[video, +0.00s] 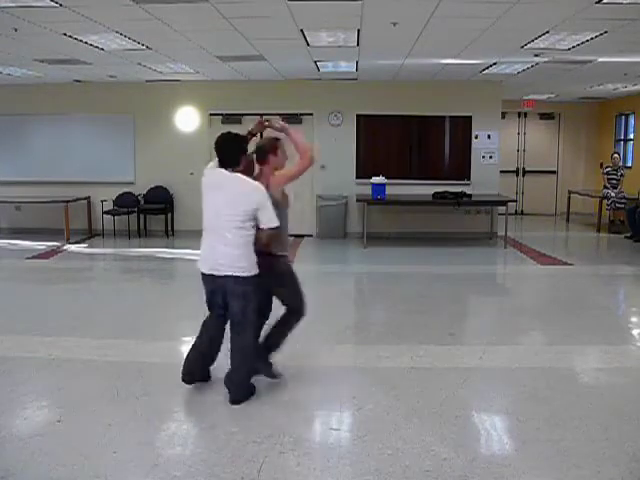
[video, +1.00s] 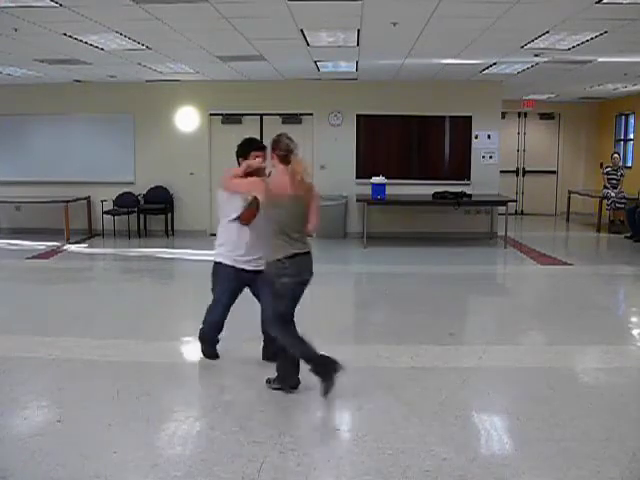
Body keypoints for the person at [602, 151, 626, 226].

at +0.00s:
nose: (615, 160)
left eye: (617, 158)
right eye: (613, 158)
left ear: (619, 160)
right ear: (611, 160)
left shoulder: (621, 170)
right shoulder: (606, 169)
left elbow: (621, 183)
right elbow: (605, 182)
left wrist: (617, 191)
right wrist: (611, 190)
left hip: (617, 188)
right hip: (608, 188)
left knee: (622, 196)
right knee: (611, 196)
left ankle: (621, 217)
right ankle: (611, 217)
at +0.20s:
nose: (615, 160)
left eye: (617, 158)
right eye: (613, 158)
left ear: (619, 160)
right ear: (611, 160)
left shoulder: (621, 170)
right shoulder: (606, 169)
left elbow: (621, 183)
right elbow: (605, 182)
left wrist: (617, 190)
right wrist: (611, 189)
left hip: (617, 188)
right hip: (608, 187)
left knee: (622, 196)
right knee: (611, 196)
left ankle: (621, 216)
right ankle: (611, 216)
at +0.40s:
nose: (615, 160)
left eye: (617, 158)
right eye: (613, 158)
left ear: (619, 160)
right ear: (611, 160)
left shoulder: (621, 170)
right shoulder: (606, 169)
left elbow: (621, 183)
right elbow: (605, 182)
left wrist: (617, 190)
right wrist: (611, 189)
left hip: (617, 188)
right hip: (608, 187)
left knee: (622, 196)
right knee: (611, 196)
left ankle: (621, 216)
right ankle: (611, 216)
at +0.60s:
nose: (615, 160)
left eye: (617, 158)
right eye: (613, 158)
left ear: (619, 160)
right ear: (611, 160)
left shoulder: (621, 170)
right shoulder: (606, 169)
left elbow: (621, 183)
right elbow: (605, 182)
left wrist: (617, 190)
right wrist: (611, 189)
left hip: (617, 188)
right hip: (608, 187)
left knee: (622, 196)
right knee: (611, 196)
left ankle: (621, 216)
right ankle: (611, 216)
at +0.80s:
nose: (615, 160)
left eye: (617, 158)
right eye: (613, 158)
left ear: (619, 160)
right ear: (611, 160)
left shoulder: (621, 170)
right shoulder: (606, 169)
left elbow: (621, 183)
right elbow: (605, 182)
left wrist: (617, 190)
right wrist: (611, 190)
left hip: (617, 189)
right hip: (608, 188)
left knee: (622, 196)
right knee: (611, 196)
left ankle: (621, 217)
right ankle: (611, 216)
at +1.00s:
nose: (615, 160)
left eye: (617, 158)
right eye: (613, 158)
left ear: (619, 160)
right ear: (611, 160)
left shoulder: (621, 170)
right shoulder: (606, 169)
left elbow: (621, 183)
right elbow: (605, 182)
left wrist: (617, 190)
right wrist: (611, 190)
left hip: (617, 189)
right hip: (608, 188)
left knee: (622, 196)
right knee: (611, 196)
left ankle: (621, 217)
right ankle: (611, 217)